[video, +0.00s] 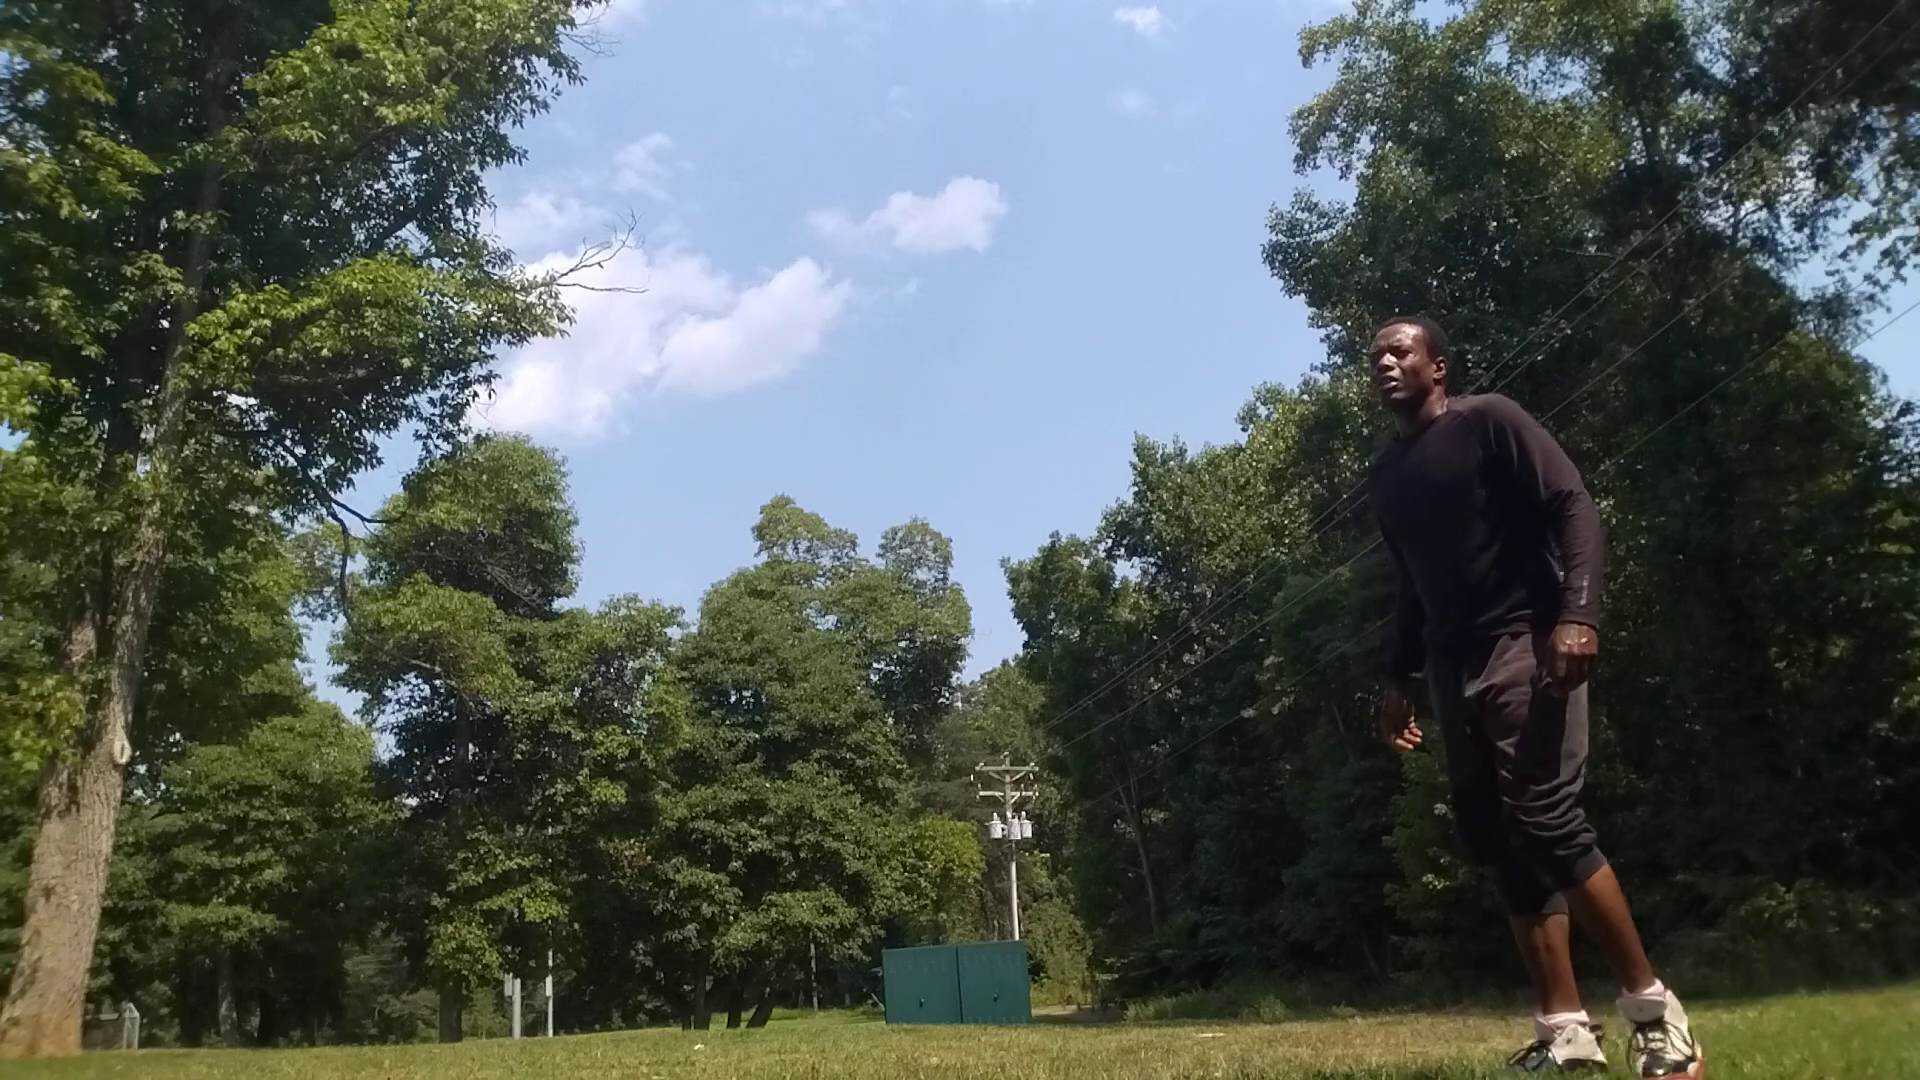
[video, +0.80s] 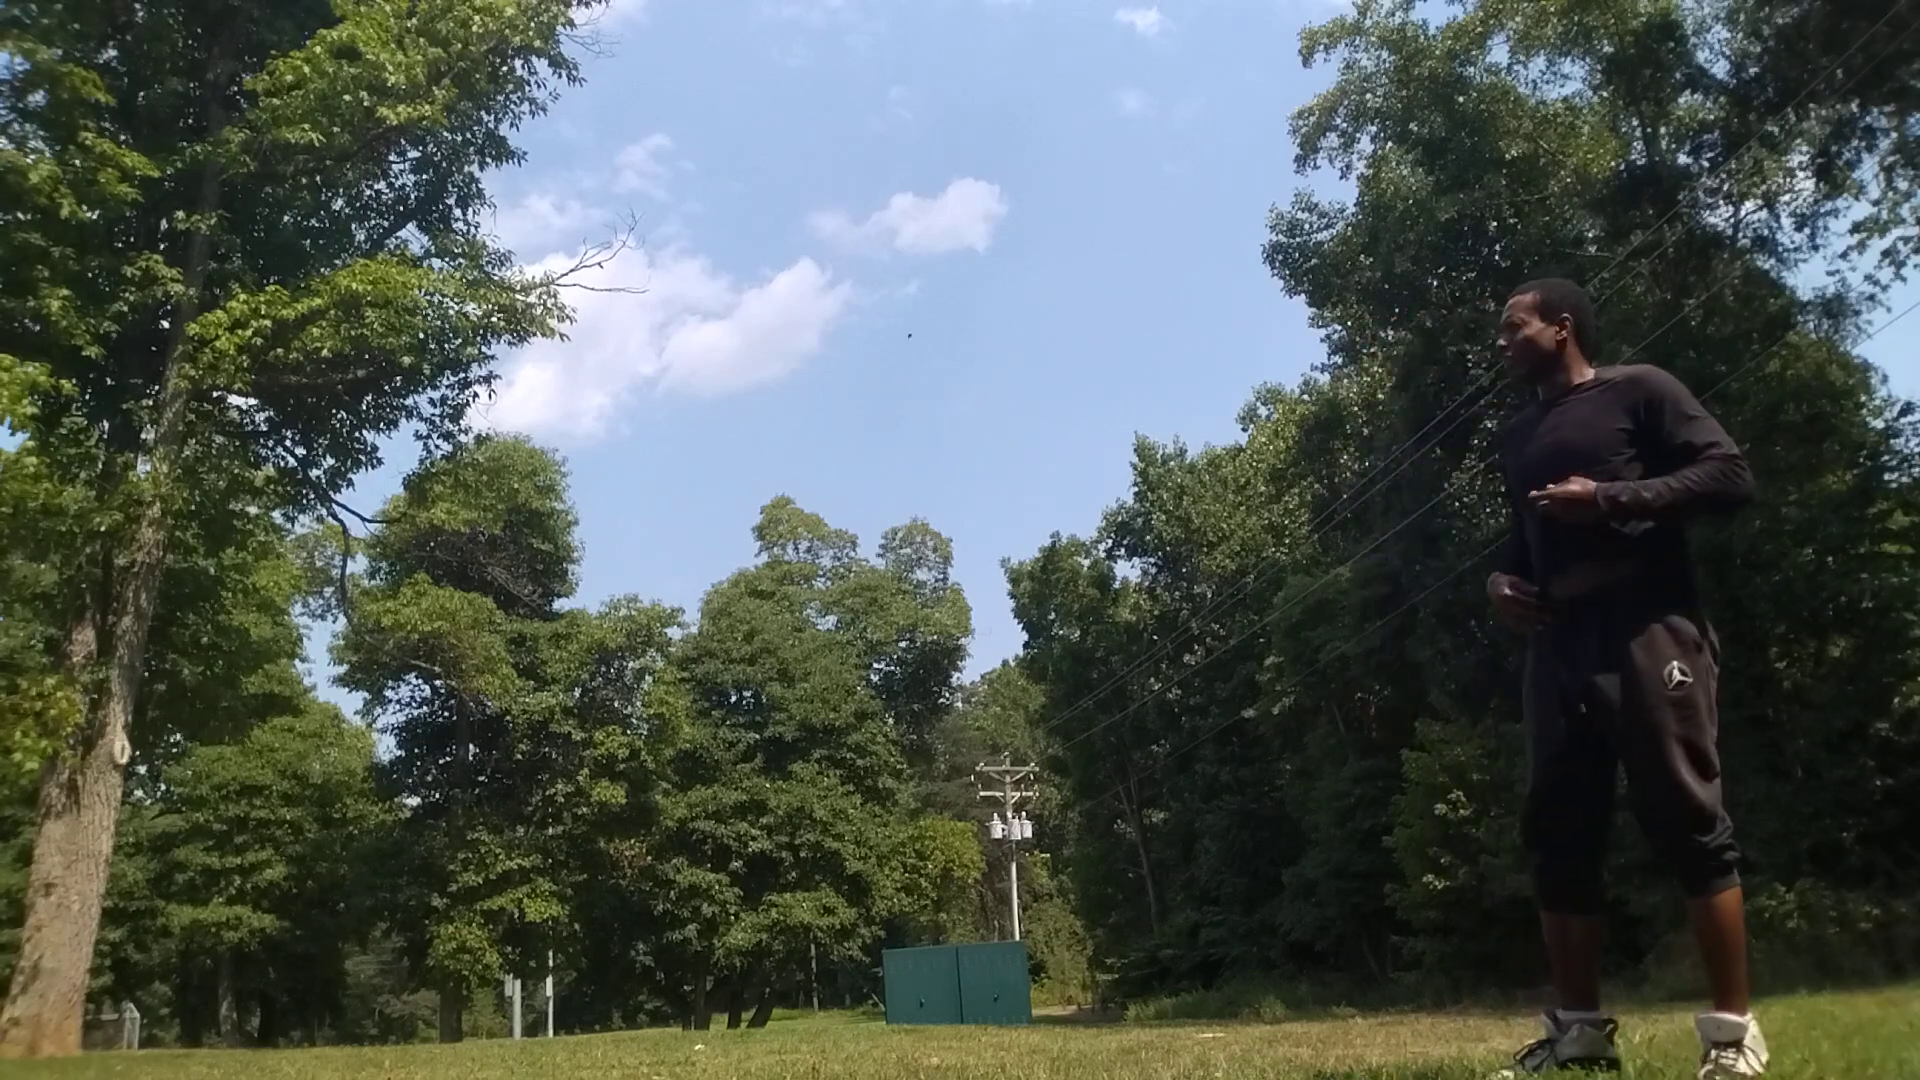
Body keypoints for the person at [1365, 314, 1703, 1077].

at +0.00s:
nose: (1383, 364)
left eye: (1398, 352)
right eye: (1376, 356)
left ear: (1437, 366)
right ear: (1373, 376)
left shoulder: (1491, 418)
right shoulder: (1385, 474)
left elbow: (1574, 506)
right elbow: (1412, 583)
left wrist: (1579, 613)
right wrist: (1398, 677)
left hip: (1529, 643)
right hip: (1457, 665)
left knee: (1547, 816)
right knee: (1499, 834)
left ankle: (1650, 1005)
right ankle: (1565, 1032)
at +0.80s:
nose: (1502, 341)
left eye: (1514, 325)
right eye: (1501, 330)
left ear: (1562, 326)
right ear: (1536, 337)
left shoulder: (1642, 388)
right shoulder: (1519, 435)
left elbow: (1730, 471)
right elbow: (1522, 544)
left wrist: (1610, 495)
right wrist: (1501, 579)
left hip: (1652, 632)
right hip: (1561, 645)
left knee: (1692, 824)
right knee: (1558, 829)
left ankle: (1733, 1033)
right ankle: (1577, 1029)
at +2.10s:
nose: (1411, 378)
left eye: (1419, 364)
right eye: (1411, 367)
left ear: (1459, 362)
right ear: (1452, 366)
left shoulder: (1520, 405)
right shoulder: (1447, 452)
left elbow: (1527, 460)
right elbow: (1474, 564)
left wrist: (1417, 449)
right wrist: (1430, 584)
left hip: (1538, 634)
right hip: (1473, 650)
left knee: (1617, 833)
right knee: (1515, 846)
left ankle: (1719, 1027)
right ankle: (1574, 1031)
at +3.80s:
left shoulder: (1583, 328)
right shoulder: (1444, 377)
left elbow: (1571, 225)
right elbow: (1413, 477)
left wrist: (1467, 302)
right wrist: (1390, 490)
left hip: (1582, 581)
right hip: (1473, 592)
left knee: (1597, 809)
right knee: (1482, 806)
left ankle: (1610, 1035)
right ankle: (1514, 1030)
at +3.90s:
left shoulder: (1586, 325)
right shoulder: (1447, 366)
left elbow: (1590, 213)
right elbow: (1404, 468)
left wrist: (1472, 285)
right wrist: (1382, 475)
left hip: (1588, 578)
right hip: (1481, 587)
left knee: (1600, 807)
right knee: (1506, 798)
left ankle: (1611, 1032)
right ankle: (1548, 1028)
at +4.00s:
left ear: (1541, 259)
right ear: (1528, 259)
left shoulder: (1594, 316)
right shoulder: (1447, 358)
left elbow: (1610, 204)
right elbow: (1387, 457)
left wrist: (1484, 270)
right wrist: (1369, 446)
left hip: (1593, 575)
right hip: (1486, 585)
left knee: (1608, 802)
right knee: (1543, 790)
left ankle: (1615, 1019)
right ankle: (1607, 1020)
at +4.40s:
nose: (1490, 212)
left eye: (1505, 194)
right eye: (1474, 202)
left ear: (1549, 200)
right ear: (1461, 222)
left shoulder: (1630, 276)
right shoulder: (1434, 310)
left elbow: (1785, 310)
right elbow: (1296, 335)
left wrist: (1724, 317)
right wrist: (1384, 251)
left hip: (1639, 557)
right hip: (1523, 574)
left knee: (1697, 782)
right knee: (1595, 797)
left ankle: (1607, 976)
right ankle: (1669, 1031)